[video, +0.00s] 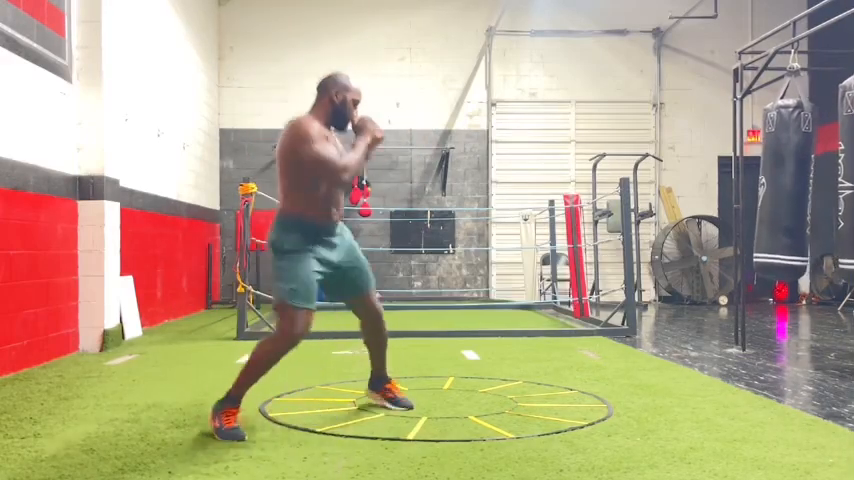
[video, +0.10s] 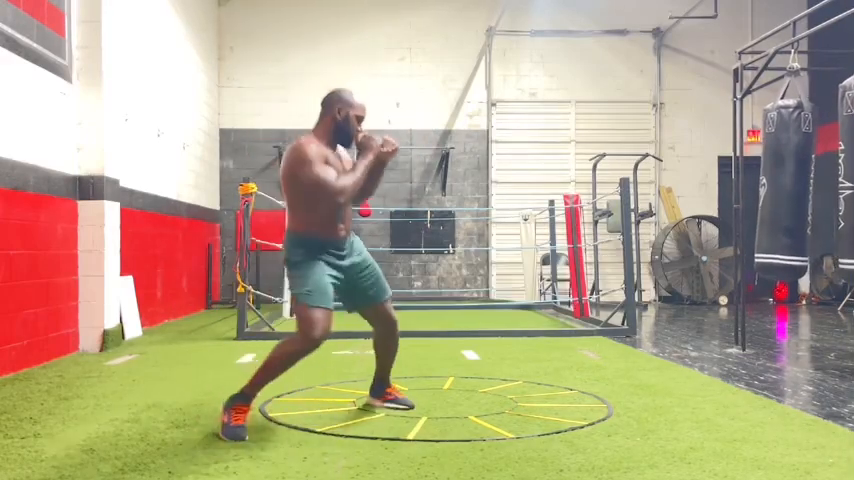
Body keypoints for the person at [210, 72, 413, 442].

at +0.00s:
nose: (356, 111)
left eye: (358, 105)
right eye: (353, 103)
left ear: (335, 97)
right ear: (333, 96)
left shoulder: (333, 136)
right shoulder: (303, 129)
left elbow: (337, 176)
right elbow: (344, 171)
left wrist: (362, 149)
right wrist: (365, 139)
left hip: (337, 237)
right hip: (297, 239)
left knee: (372, 311)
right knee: (293, 329)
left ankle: (380, 381)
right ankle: (228, 406)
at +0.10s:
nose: (361, 127)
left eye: (363, 120)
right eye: (358, 119)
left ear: (340, 114)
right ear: (337, 113)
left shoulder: (342, 153)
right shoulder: (304, 152)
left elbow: (361, 194)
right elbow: (339, 192)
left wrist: (380, 162)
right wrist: (367, 157)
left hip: (349, 249)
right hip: (310, 253)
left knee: (387, 323)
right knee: (314, 333)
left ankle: (381, 388)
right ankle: (241, 401)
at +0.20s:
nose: (355, 119)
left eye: (357, 113)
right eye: (352, 112)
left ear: (335, 107)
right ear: (330, 105)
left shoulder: (343, 145)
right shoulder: (299, 147)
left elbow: (357, 190)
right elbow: (335, 192)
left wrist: (376, 154)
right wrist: (369, 154)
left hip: (346, 243)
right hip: (307, 248)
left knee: (383, 318)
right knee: (304, 329)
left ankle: (381, 387)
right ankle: (238, 406)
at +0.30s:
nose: (348, 98)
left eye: (349, 91)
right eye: (345, 89)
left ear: (328, 86)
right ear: (322, 83)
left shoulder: (332, 127)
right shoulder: (290, 122)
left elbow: (344, 175)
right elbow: (324, 164)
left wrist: (364, 135)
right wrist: (360, 129)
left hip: (331, 223)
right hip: (292, 226)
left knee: (362, 301)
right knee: (284, 313)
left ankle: (375, 380)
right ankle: (233, 403)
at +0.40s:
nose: (341, 90)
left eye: (343, 84)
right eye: (338, 82)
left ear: (318, 75)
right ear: (314, 74)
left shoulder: (323, 118)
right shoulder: (282, 110)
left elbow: (338, 165)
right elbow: (317, 149)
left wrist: (360, 129)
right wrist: (346, 116)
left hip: (317, 217)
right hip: (276, 216)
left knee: (355, 296)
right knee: (272, 306)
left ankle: (338, 375)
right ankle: (224, 400)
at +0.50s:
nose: (331, 103)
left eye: (333, 97)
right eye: (328, 94)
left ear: (310, 87)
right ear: (305, 85)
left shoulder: (312, 129)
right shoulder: (270, 121)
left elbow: (328, 176)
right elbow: (304, 162)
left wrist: (352, 142)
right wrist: (338, 132)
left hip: (306, 226)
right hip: (268, 223)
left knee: (337, 311)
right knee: (264, 310)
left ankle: (318, 392)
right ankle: (197, 401)